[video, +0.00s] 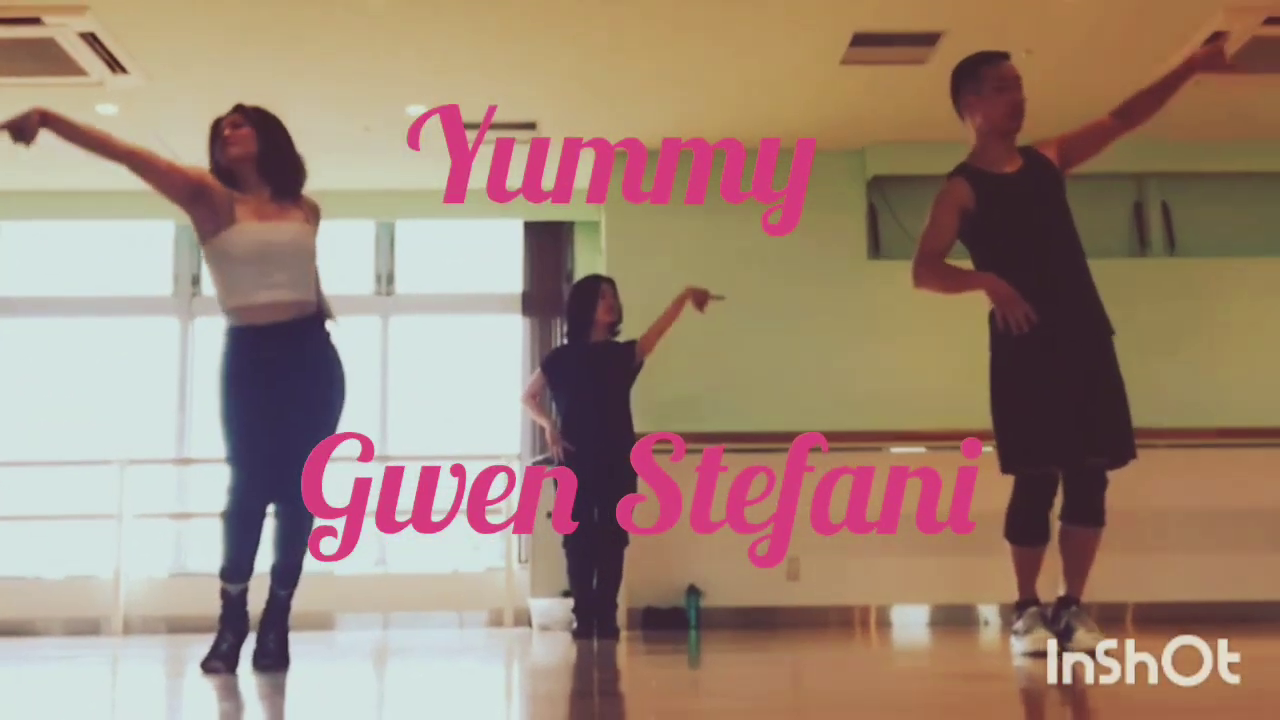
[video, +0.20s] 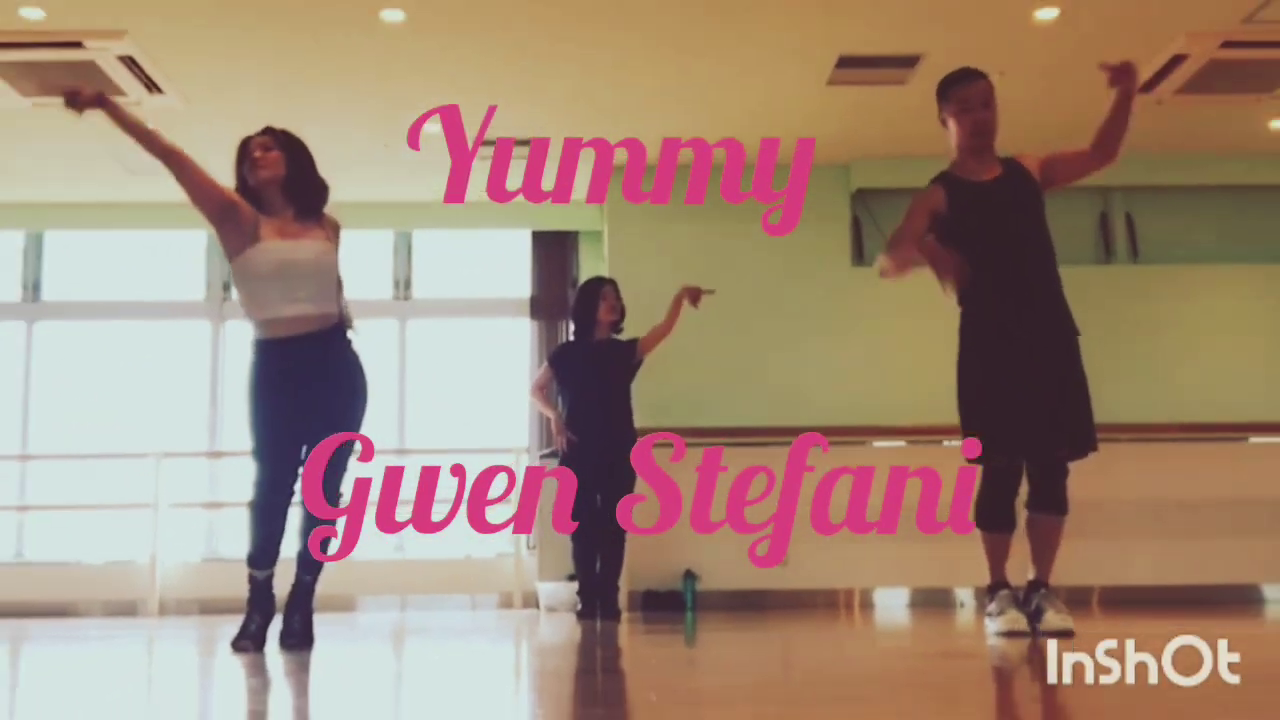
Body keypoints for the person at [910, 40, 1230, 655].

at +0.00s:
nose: (1015, 96)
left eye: (1017, 86)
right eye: (1000, 88)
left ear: (1021, 98)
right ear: (967, 105)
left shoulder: (1046, 159)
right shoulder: (961, 189)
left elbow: (1123, 119)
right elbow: (924, 270)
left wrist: (1189, 66)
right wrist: (986, 282)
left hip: (1082, 340)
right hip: (1023, 349)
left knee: (1087, 475)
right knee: (1036, 478)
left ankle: (1071, 607)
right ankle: (1025, 607)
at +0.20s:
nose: (978, 118)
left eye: (986, 106)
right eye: (965, 110)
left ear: (998, 112)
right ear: (944, 119)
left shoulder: (1028, 172)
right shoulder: (939, 196)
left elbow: (1102, 153)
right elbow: (888, 264)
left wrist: (1124, 93)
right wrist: (927, 251)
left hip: (1048, 341)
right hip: (989, 348)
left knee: (1049, 469)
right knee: (1000, 470)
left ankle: (1042, 590)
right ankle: (999, 592)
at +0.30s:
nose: (959, 129)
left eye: (965, 118)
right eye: (946, 122)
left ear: (978, 121)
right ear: (929, 132)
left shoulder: (1008, 180)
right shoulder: (919, 199)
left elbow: (1075, 165)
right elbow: (864, 253)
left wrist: (1081, 117)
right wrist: (884, 215)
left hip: (1022, 339)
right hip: (965, 345)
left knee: (1024, 460)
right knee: (971, 465)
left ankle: (1016, 575)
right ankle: (972, 578)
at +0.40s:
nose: (936, 142)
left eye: (941, 132)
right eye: (924, 136)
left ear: (954, 135)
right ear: (910, 146)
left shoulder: (983, 190)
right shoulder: (903, 206)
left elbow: (1051, 194)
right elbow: (853, 258)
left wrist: (1041, 162)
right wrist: (876, 220)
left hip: (991, 338)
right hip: (937, 344)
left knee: (995, 450)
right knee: (944, 451)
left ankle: (995, 557)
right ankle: (947, 559)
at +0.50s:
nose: (913, 161)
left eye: (919, 152)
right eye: (904, 155)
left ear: (932, 157)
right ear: (891, 164)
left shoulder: (962, 209)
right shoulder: (883, 223)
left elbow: (1016, 241)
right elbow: (861, 279)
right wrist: (884, 268)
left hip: (961, 342)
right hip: (911, 347)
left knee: (968, 444)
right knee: (921, 446)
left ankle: (979, 538)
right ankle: (926, 542)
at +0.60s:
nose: (897, 186)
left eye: (903, 177)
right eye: (890, 180)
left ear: (920, 186)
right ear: (884, 193)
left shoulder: (946, 238)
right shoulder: (875, 249)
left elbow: (976, 290)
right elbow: (865, 307)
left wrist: (927, 332)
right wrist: (887, 331)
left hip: (939, 354)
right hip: (893, 357)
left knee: (941, 445)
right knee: (900, 447)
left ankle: (959, 528)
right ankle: (906, 532)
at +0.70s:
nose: (893, 195)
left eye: (901, 188)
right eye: (888, 189)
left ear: (916, 194)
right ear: (879, 195)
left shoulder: (930, 235)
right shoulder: (876, 248)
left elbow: (930, 284)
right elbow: (857, 292)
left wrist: (887, 311)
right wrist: (854, 308)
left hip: (931, 352)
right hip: (890, 354)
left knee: (921, 440)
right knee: (888, 442)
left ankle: (945, 521)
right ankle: (893, 525)